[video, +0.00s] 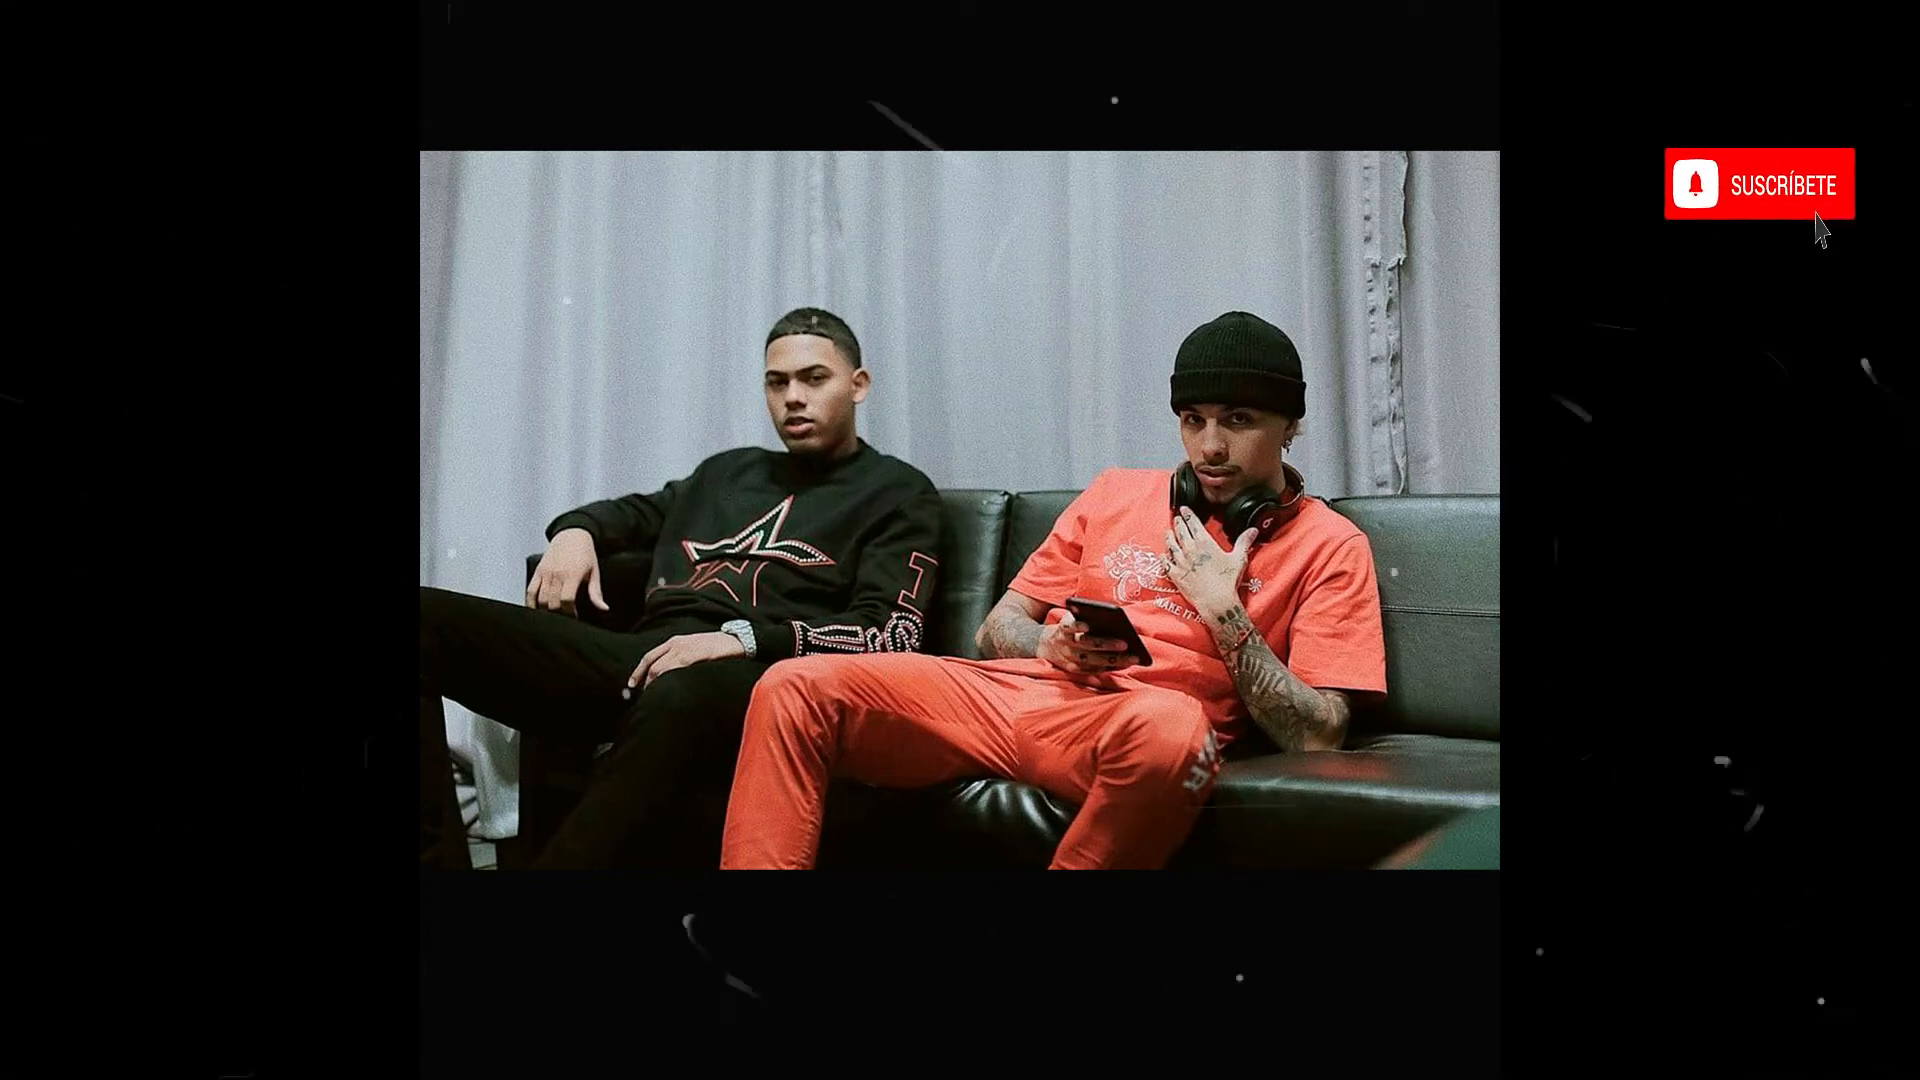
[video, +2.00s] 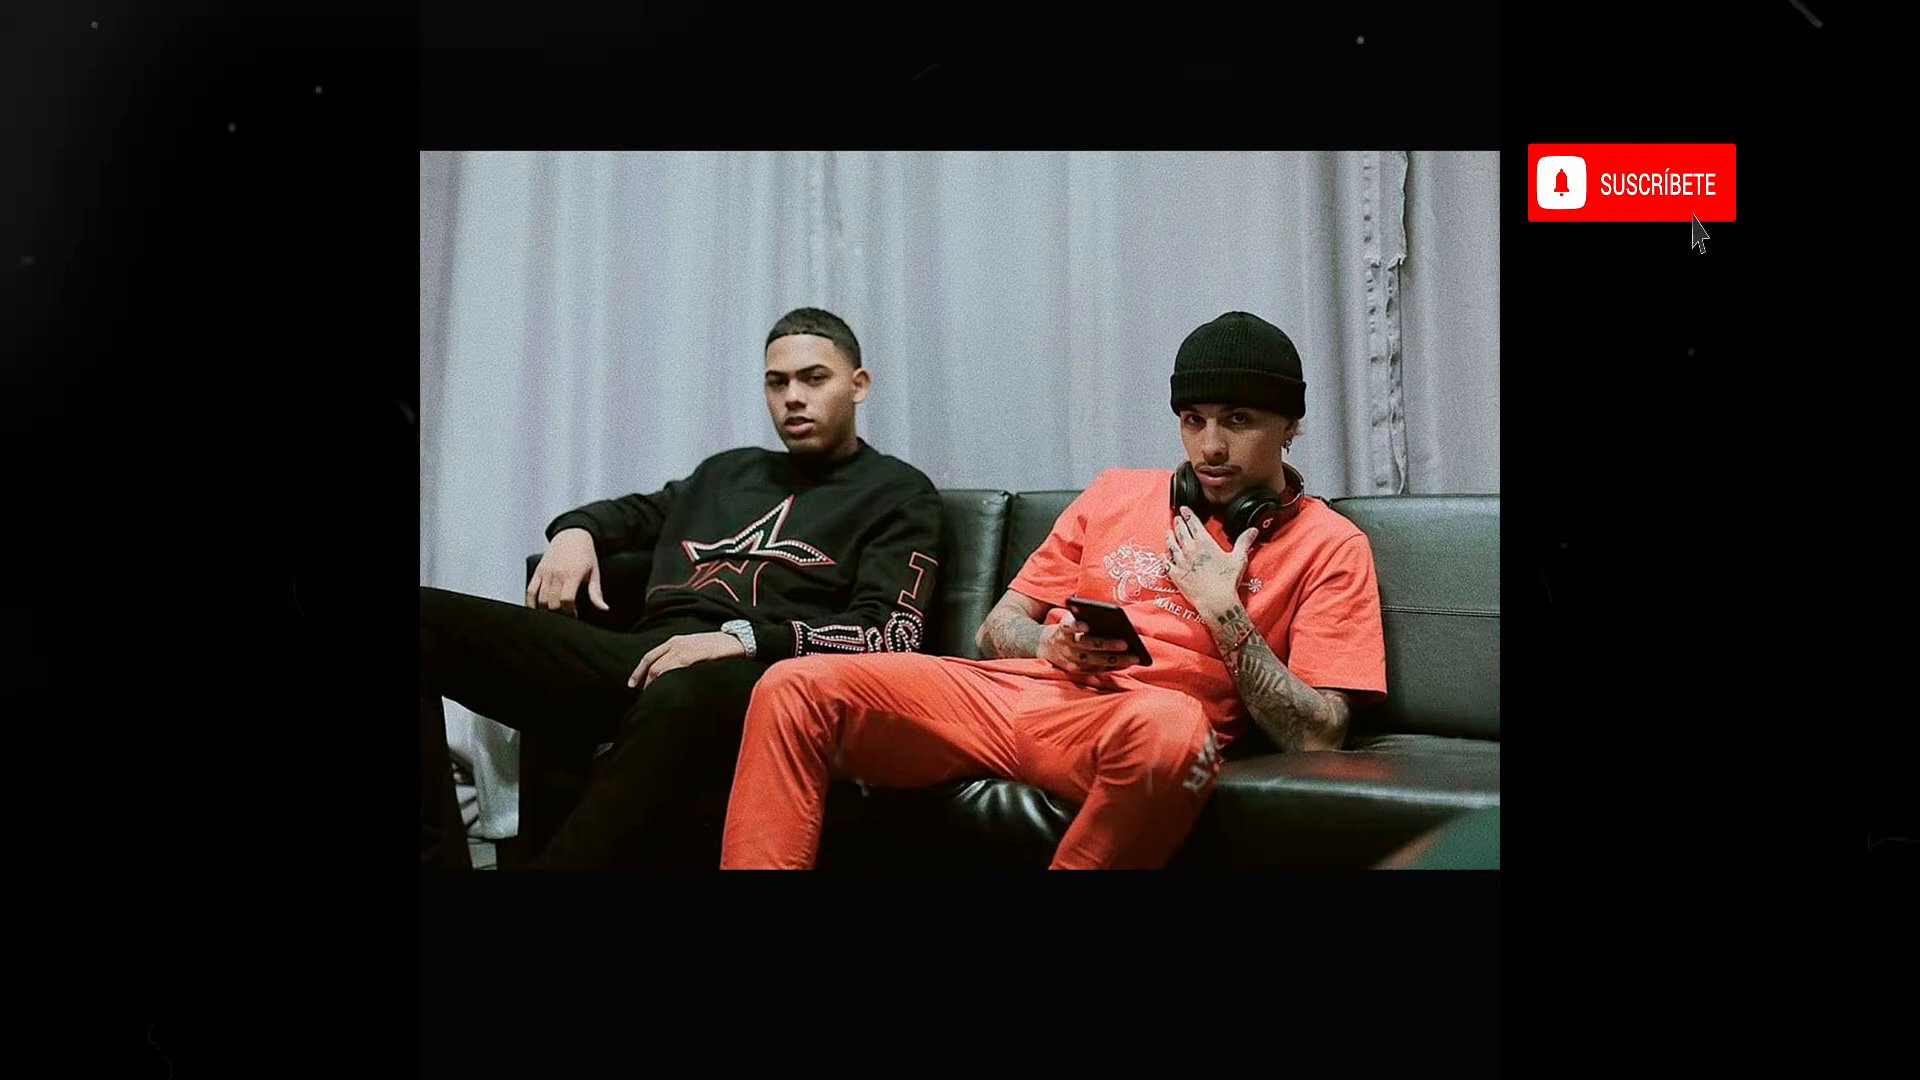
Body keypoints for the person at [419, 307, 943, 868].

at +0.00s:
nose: (792, 398)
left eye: (813, 379)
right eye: (778, 382)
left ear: (859, 385)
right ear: (765, 390)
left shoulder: (899, 494)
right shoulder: (728, 472)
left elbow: (892, 636)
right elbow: (641, 515)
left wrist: (744, 637)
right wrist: (575, 530)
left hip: (771, 681)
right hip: (638, 654)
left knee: (683, 700)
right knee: (426, 617)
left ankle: (561, 873)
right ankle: (441, 857)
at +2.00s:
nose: (793, 399)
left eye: (813, 379)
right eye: (779, 382)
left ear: (859, 385)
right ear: (765, 390)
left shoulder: (900, 494)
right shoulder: (728, 471)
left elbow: (893, 634)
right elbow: (640, 515)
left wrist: (742, 639)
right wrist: (574, 530)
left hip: (769, 680)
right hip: (637, 652)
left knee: (682, 699)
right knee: (426, 617)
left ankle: (562, 870)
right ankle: (441, 856)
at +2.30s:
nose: (792, 399)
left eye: (813, 379)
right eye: (778, 382)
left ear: (859, 385)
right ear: (765, 390)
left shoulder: (899, 494)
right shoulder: (728, 472)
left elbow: (892, 633)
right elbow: (641, 515)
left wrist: (743, 639)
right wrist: (575, 529)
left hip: (770, 680)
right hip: (639, 653)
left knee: (682, 700)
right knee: (428, 617)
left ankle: (552, 897)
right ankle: (441, 864)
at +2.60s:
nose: (793, 399)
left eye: (813, 379)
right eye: (779, 382)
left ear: (859, 385)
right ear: (765, 390)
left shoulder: (900, 494)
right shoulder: (728, 471)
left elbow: (893, 634)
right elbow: (641, 515)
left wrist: (741, 639)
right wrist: (574, 530)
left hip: (769, 680)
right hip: (637, 652)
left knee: (683, 699)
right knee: (426, 617)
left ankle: (561, 870)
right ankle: (441, 856)